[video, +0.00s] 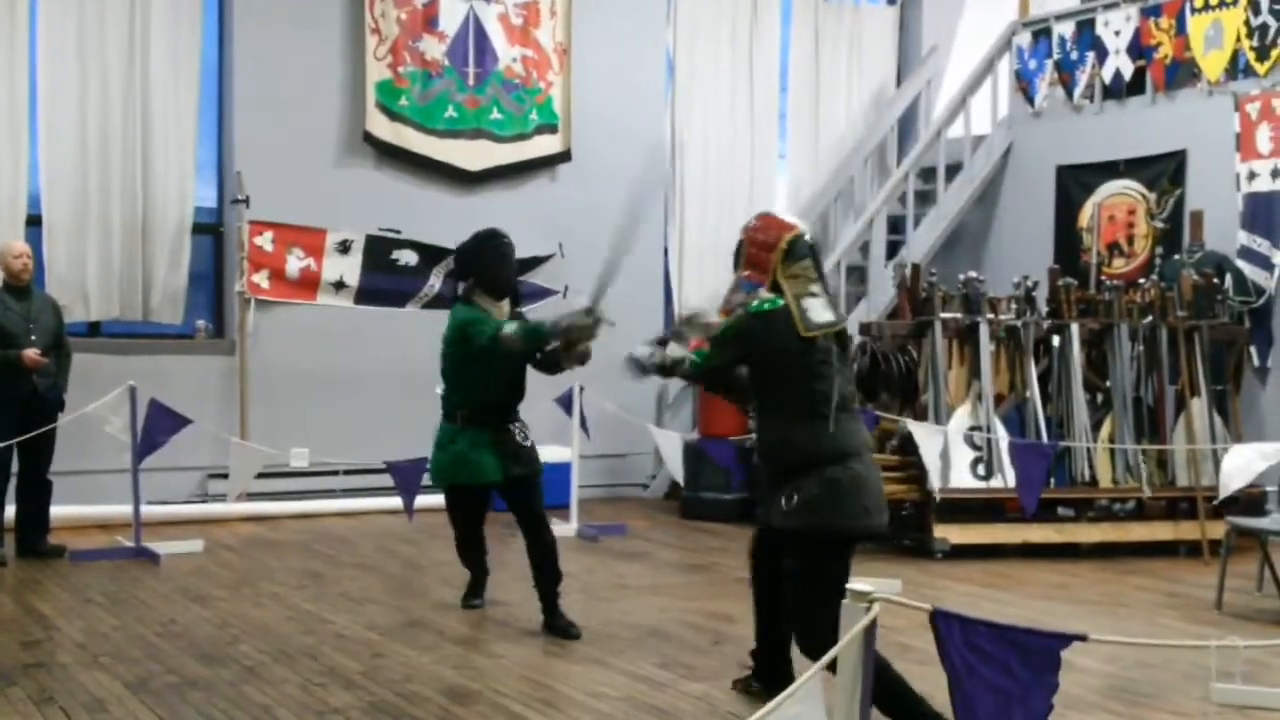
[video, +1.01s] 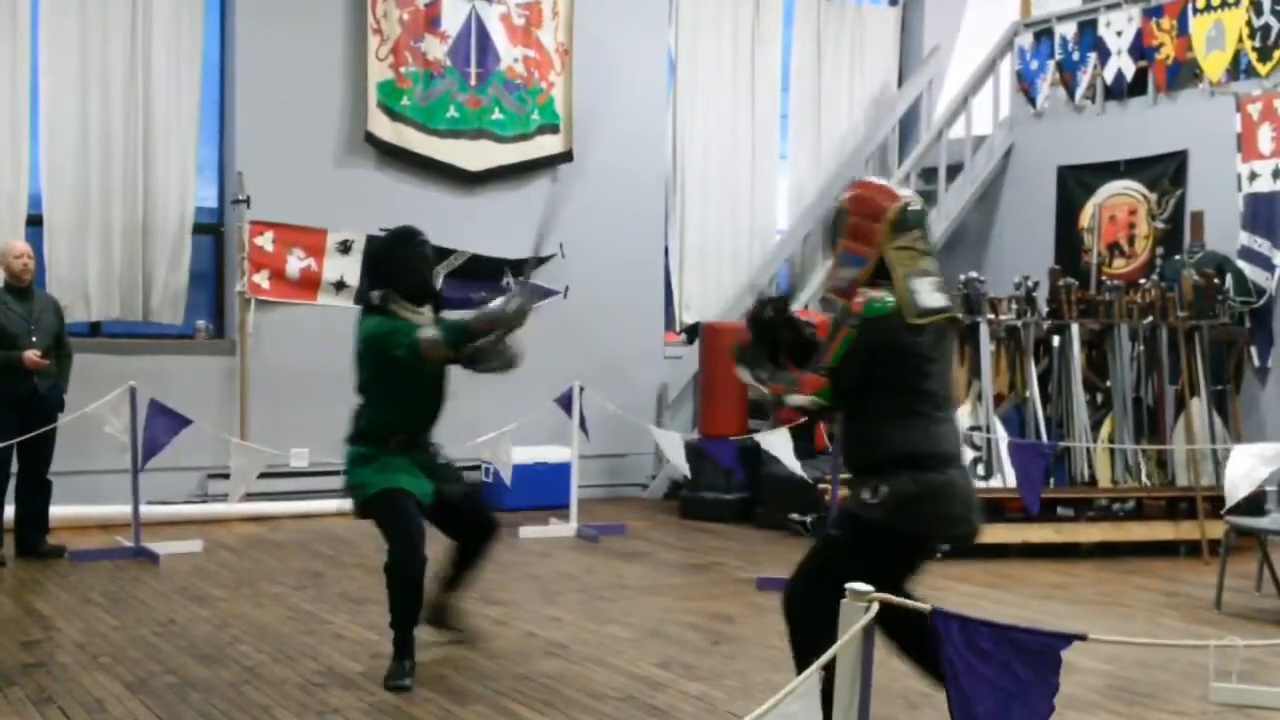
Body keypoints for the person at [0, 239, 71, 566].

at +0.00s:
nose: (25, 262)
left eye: (29, 256)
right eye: (18, 256)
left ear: (34, 263)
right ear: (3, 264)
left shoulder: (47, 304)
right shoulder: (2, 302)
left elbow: (62, 350)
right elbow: (1, 351)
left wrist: (58, 391)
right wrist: (18, 356)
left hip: (40, 402)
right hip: (5, 402)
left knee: (36, 475)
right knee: (2, 475)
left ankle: (32, 541)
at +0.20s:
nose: (28, 262)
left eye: (31, 256)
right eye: (20, 256)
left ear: (37, 263)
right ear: (5, 265)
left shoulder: (49, 304)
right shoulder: (1, 303)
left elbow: (64, 350)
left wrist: (59, 389)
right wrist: (19, 357)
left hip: (42, 402)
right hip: (5, 402)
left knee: (37, 475)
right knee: (2, 474)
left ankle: (33, 541)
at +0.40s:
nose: (26, 262)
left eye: (29, 256)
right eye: (18, 257)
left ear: (34, 263)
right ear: (3, 265)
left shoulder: (47, 304)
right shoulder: (1, 302)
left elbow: (62, 351)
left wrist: (57, 390)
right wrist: (18, 357)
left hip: (40, 402)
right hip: (5, 402)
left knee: (34, 475)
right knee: (1, 474)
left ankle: (30, 541)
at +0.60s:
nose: (26, 262)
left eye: (29, 257)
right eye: (18, 257)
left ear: (34, 263)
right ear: (4, 264)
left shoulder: (47, 304)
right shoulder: (2, 302)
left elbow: (62, 351)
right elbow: (0, 352)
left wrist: (57, 390)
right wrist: (18, 357)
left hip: (39, 402)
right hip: (5, 402)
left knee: (34, 475)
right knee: (1, 473)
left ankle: (30, 541)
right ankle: (1, 545)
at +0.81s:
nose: (26, 262)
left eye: (29, 256)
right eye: (19, 257)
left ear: (35, 263)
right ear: (4, 265)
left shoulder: (48, 304)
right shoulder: (2, 302)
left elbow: (63, 350)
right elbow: (0, 353)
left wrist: (58, 390)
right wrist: (18, 358)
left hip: (41, 402)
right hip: (5, 402)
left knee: (36, 475)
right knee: (2, 474)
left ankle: (32, 541)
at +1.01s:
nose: (26, 261)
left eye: (29, 256)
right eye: (18, 256)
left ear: (35, 263)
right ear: (4, 264)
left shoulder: (49, 304)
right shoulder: (2, 302)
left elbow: (63, 350)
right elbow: (0, 353)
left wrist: (59, 390)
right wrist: (18, 358)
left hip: (40, 403)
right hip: (5, 402)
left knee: (36, 475)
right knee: (1, 475)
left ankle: (31, 541)